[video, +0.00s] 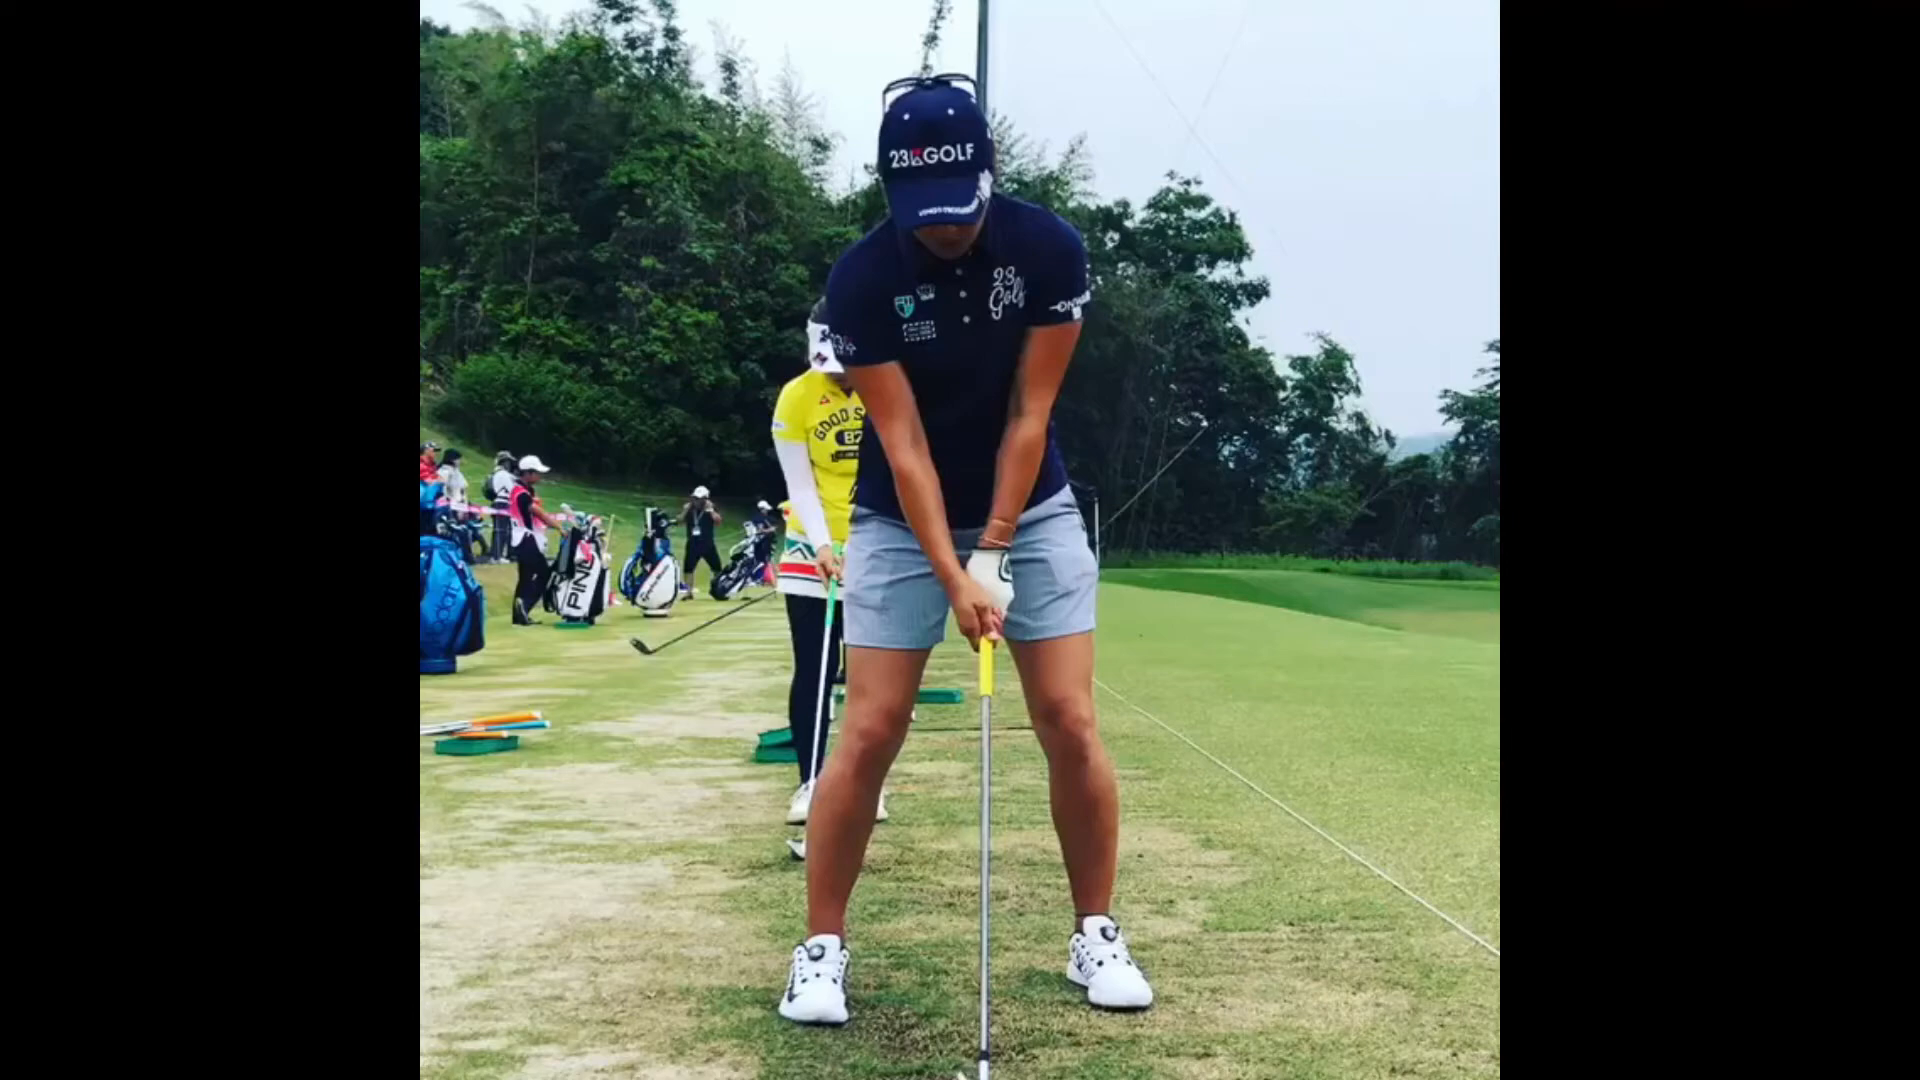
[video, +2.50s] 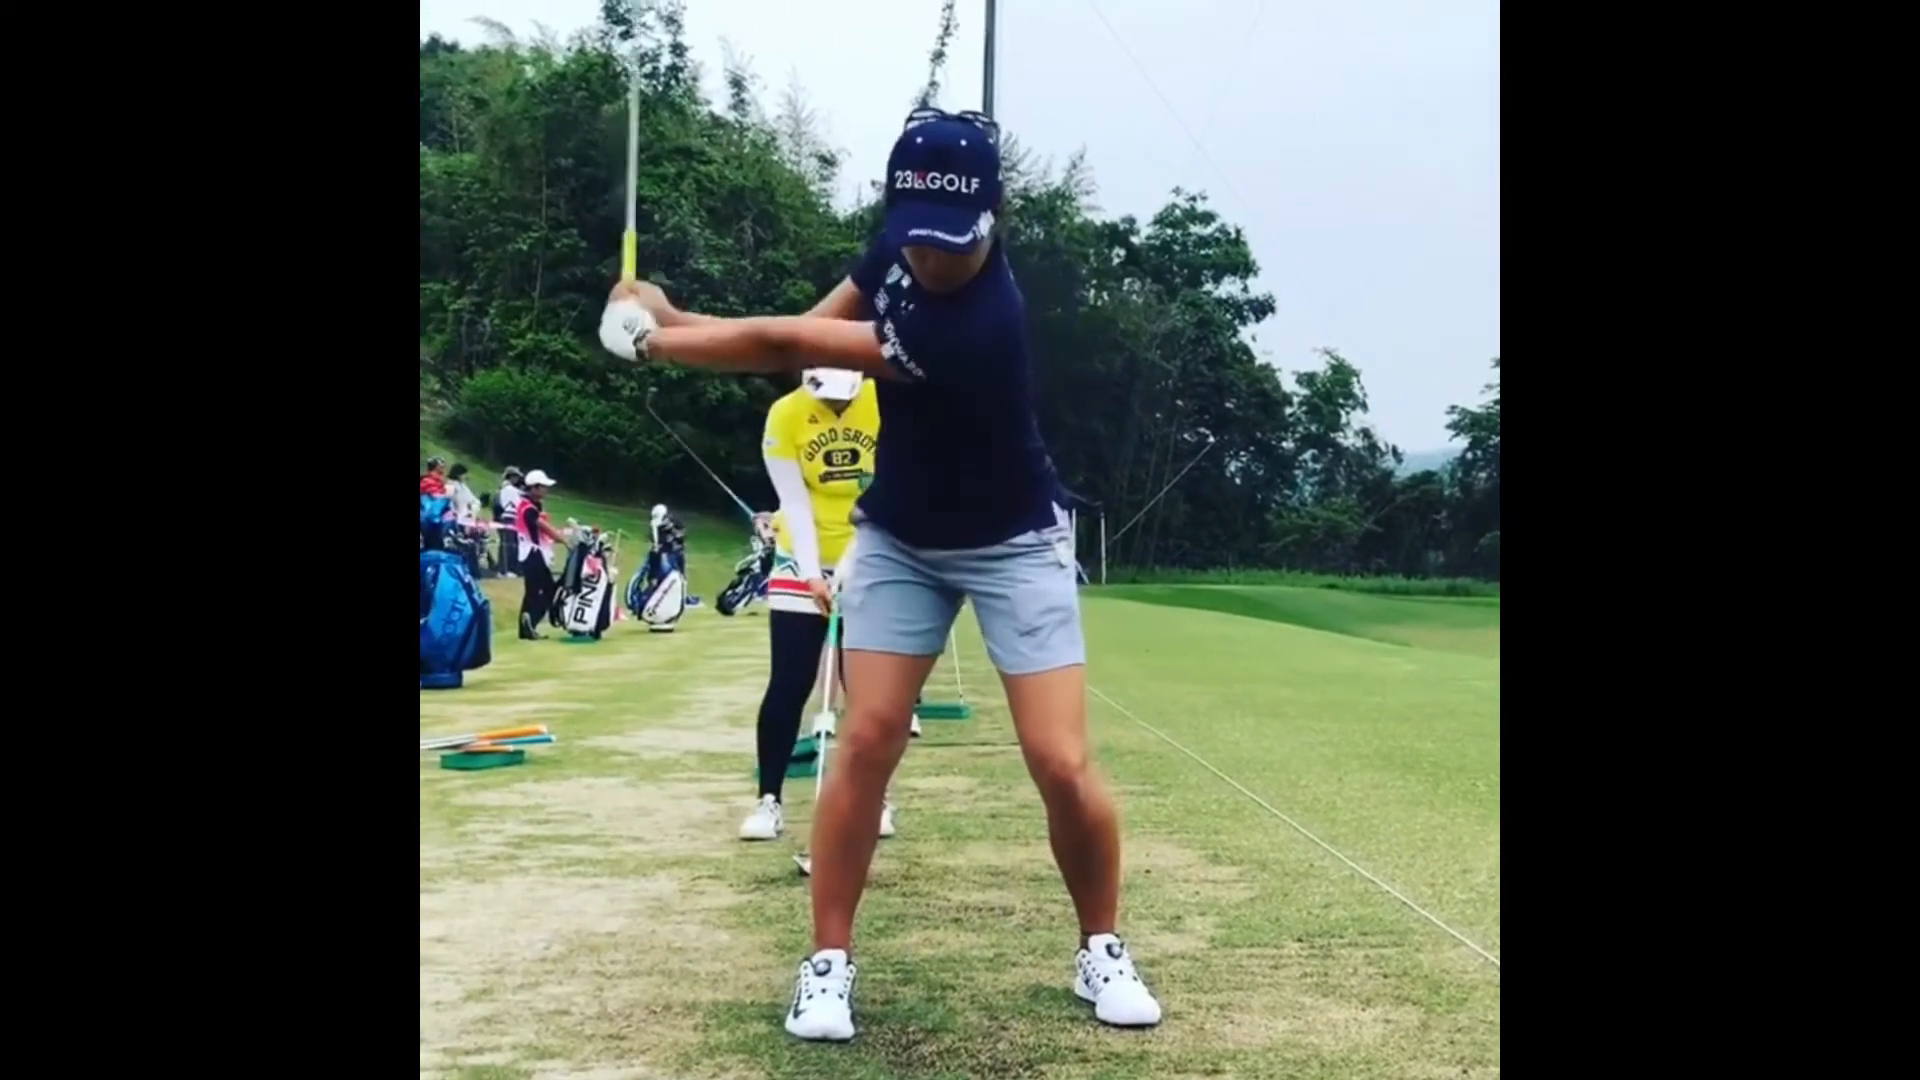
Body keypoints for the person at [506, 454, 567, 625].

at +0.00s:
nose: (539, 478)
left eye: (539, 474)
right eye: (537, 474)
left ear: (527, 474)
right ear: (528, 474)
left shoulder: (519, 491)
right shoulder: (522, 494)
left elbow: (537, 512)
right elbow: (540, 514)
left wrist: (556, 520)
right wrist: (559, 528)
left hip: (521, 535)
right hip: (526, 537)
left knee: (526, 575)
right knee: (544, 571)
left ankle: (519, 612)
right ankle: (525, 604)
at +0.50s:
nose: (523, 480)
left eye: (523, 477)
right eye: (520, 477)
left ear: (511, 478)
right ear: (510, 478)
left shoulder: (506, 495)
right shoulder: (507, 498)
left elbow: (522, 516)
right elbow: (525, 518)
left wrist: (542, 521)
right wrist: (544, 531)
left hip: (507, 539)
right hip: (511, 541)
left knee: (510, 579)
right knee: (529, 576)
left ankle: (504, 617)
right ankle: (510, 609)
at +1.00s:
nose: (512, 479)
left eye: (512, 475)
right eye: (510, 475)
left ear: (500, 477)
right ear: (500, 476)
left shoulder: (495, 493)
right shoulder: (497, 497)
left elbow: (513, 513)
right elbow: (514, 516)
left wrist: (532, 522)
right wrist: (534, 530)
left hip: (497, 538)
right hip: (502, 540)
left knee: (501, 578)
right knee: (518, 575)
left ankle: (494, 616)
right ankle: (501, 607)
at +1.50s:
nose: (523, 479)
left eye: (523, 476)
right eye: (520, 476)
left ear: (512, 478)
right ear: (511, 477)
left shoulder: (507, 493)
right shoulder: (507, 497)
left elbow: (523, 515)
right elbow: (525, 517)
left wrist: (540, 524)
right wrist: (543, 529)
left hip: (508, 538)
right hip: (511, 540)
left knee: (511, 578)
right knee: (528, 575)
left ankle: (504, 616)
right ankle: (510, 608)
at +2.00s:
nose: (536, 484)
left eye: (536, 480)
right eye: (533, 480)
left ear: (525, 482)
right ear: (524, 481)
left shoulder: (517, 497)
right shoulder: (519, 501)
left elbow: (534, 518)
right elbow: (536, 521)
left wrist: (552, 527)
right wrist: (555, 532)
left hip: (518, 542)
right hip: (523, 544)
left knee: (522, 582)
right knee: (540, 579)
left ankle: (516, 620)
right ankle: (522, 611)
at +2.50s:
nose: (545, 491)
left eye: (546, 488)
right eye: (542, 488)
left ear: (535, 490)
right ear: (533, 489)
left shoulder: (529, 506)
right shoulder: (529, 510)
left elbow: (544, 528)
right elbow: (547, 530)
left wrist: (561, 535)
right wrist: (564, 540)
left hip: (532, 551)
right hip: (533, 553)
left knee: (532, 590)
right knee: (549, 587)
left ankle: (526, 627)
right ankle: (531, 619)